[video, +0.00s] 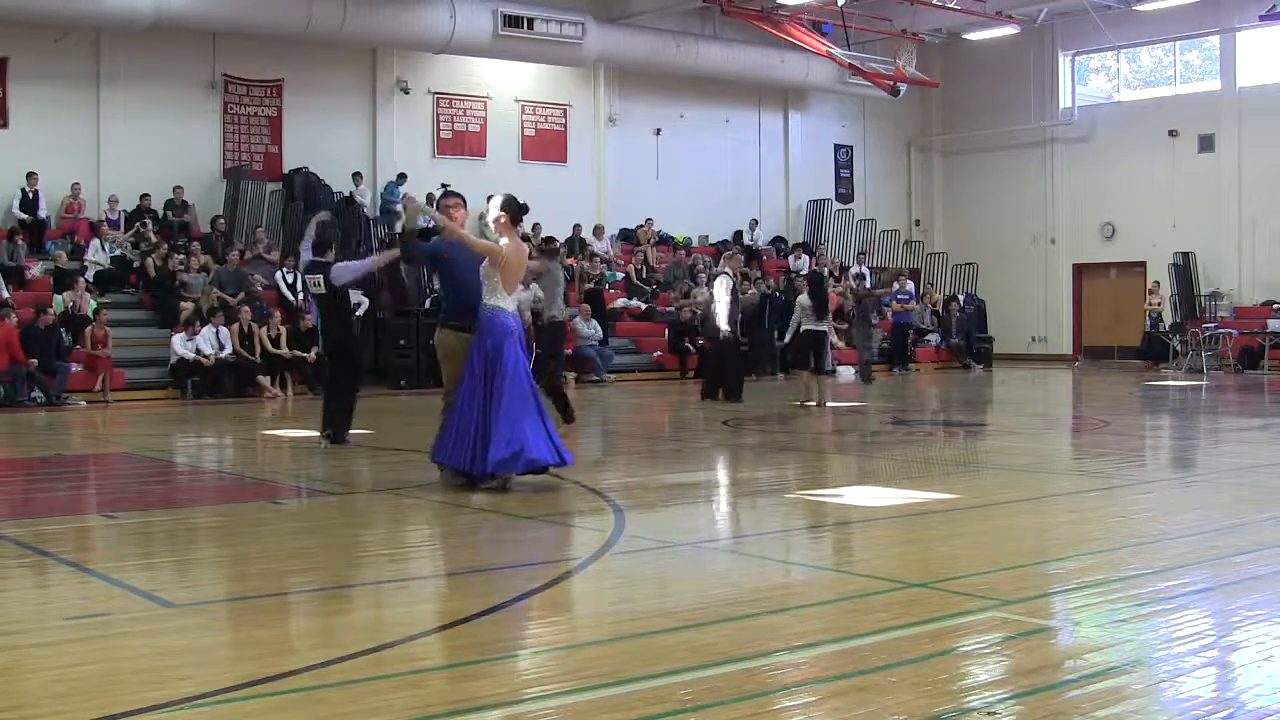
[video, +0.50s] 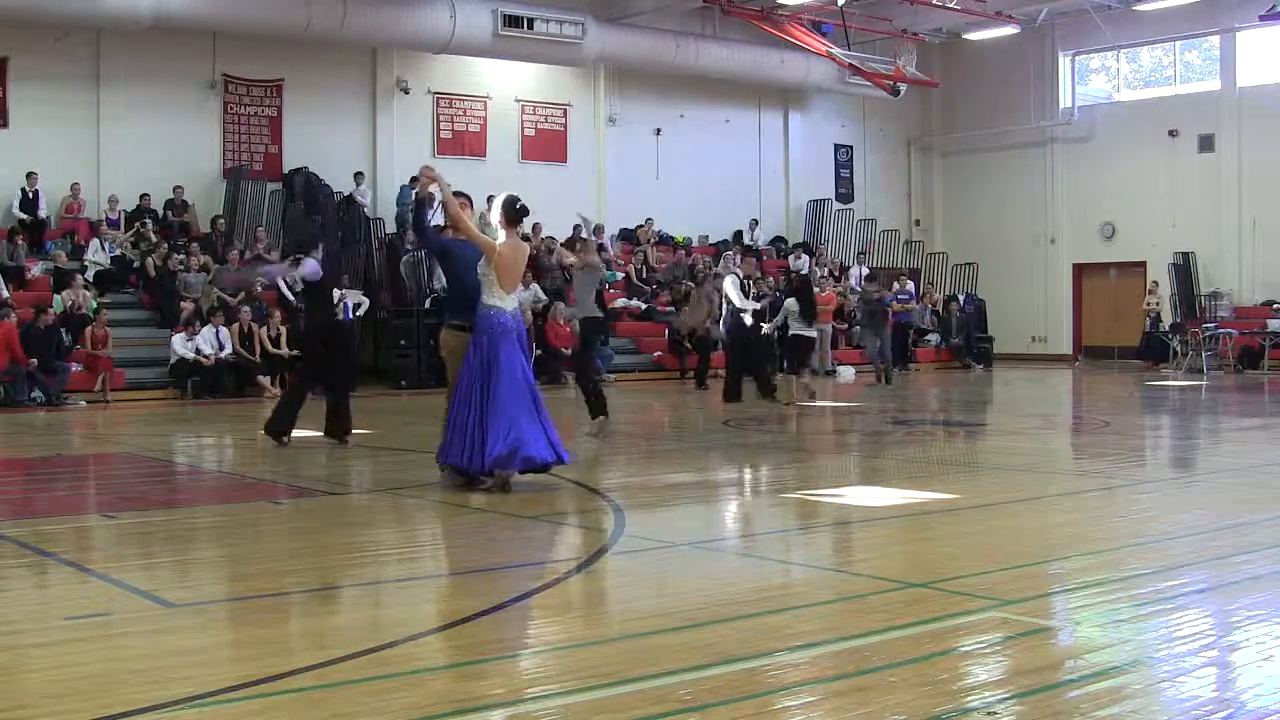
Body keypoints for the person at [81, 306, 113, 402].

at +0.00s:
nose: (106, 317)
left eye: (106, 314)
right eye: (104, 314)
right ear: (97, 316)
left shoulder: (107, 331)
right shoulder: (89, 330)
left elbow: (109, 349)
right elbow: (88, 350)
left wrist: (103, 351)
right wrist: (99, 353)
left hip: (103, 355)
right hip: (92, 356)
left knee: (104, 361)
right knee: (106, 365)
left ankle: (99, 382)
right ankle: (107, 393)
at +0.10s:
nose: (106, 317)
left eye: (106, 314)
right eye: (104, 314)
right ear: (97, 316)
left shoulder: (108, 331)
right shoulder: (89, 330)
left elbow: (109, 349)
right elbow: (88, 350)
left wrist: (103, 351)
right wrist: (99, 353)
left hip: (103, 355)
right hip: (92, 356)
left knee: (104, 361)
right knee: (106, 365)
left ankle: (99, 382)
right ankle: (107, 393)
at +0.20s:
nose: (106, 317)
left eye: (106, 314)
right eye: (104, 314)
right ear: (97, 316)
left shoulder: (108, 331)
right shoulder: (89, 330)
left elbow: (109, 349)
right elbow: (88, 350)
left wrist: (103, 351)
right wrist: (99, 353)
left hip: (103, 355)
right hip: (92, 356)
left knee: (104, 361)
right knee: (107, 365)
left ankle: (99, 382)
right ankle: (107, 393)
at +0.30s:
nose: (106, 317)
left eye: (106, 314)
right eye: (104, 314)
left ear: (105, 316)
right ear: (97, 316)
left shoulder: (107, 330)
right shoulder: (89, 330)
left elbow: (109, 349)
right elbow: (89, 350)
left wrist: (104, 352)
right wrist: (100, 353)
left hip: (103, 355)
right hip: (92, 356)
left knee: (105, 361)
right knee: (106, 366)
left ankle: (99, 382)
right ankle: (107, 393)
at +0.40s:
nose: (106, 317)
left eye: (106, 314)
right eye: (104, 314)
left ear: (105, 316)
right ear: (97, 316)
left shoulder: (107, 330)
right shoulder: (89, 330)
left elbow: (109, 349)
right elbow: (89, 350)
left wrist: (104, 352)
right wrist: (100, 353)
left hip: (103, 355)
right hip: (92, 356)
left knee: (105, 361)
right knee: (106, 365)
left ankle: (99, 382)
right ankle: (107, 393)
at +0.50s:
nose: (106, 317)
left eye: (106, 314)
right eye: (104, 315)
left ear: (105, 316)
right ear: (97, 316)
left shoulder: (107, 330)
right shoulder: (89, 330)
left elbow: (109, 349)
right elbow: (89, 350)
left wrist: (103, 352)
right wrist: (100, 353)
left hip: (103, 355)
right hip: (92, 356)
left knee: (104, 360)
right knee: (106, 365)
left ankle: (99, 382)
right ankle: (107, 393)